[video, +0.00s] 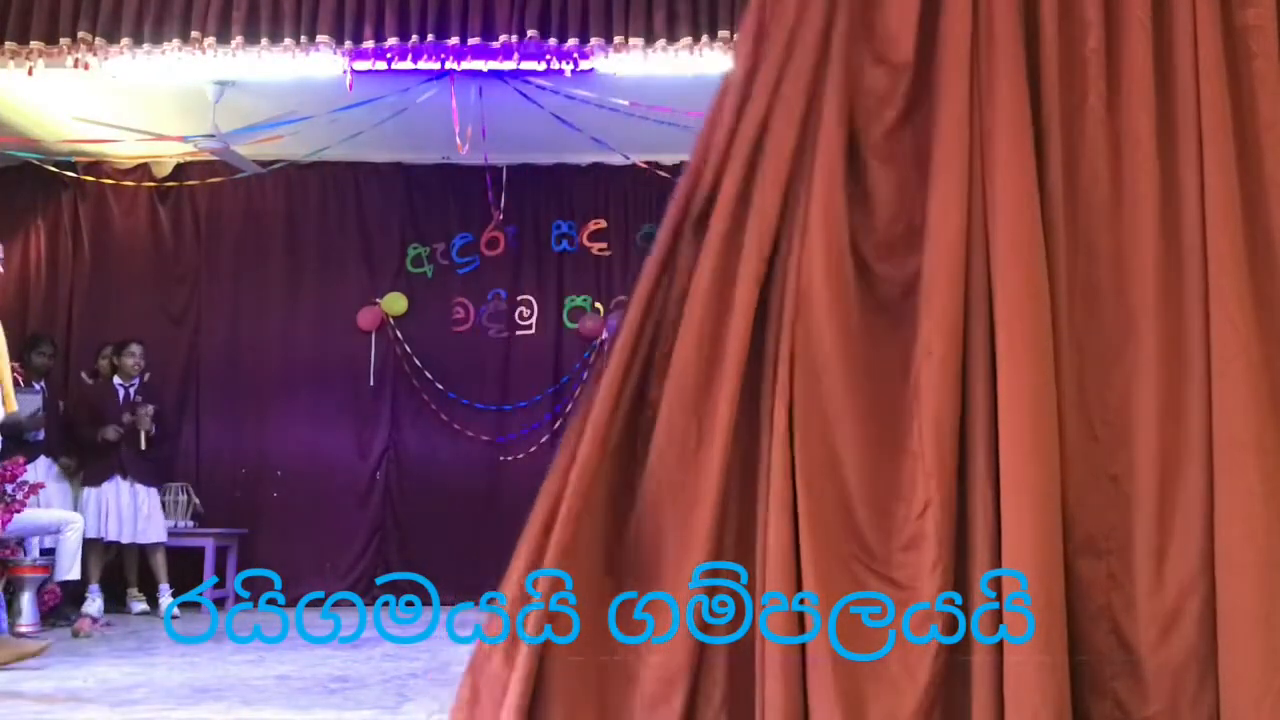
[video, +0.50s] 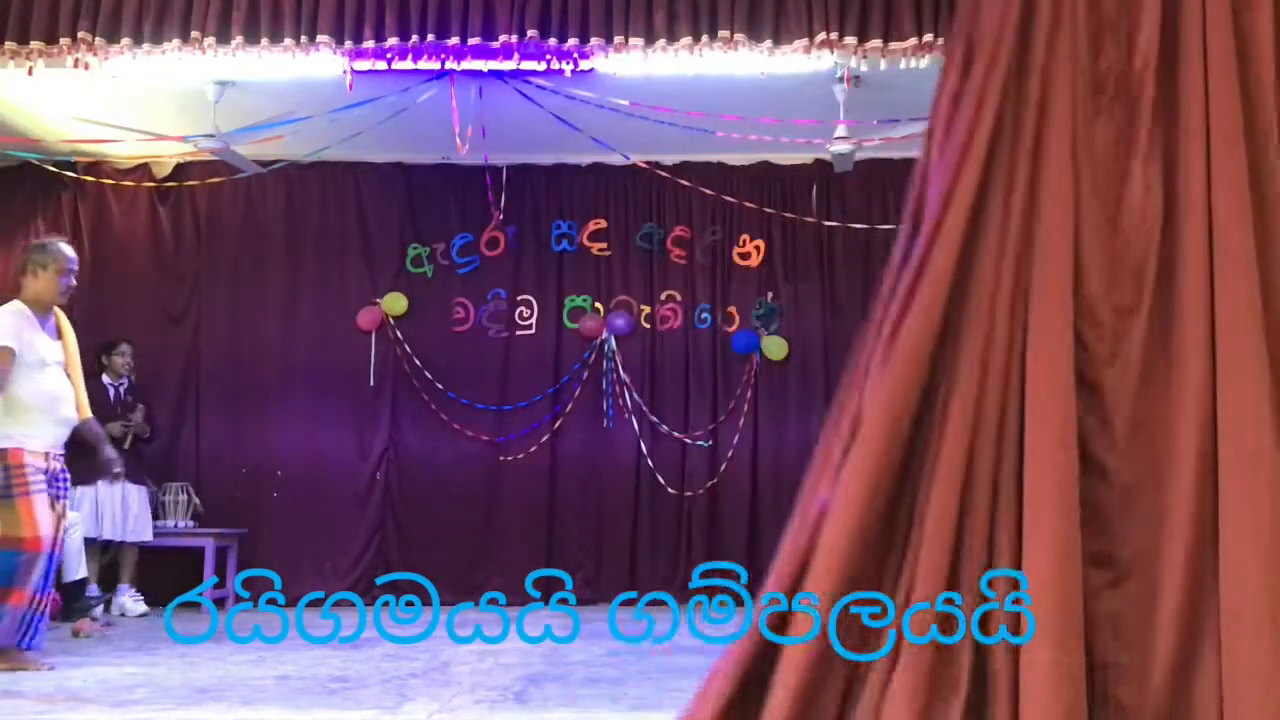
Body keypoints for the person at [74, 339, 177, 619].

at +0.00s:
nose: (137, 361)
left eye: (141, 357)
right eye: (131, 356)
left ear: (145, 363)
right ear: (117, 359)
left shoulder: (152, 394)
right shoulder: (94, 392)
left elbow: (166, 435)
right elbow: (79, 429)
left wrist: (150, 427)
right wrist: (100, 432)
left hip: (141, 474)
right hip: (102, 473)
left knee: (154, 536)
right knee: (96, 536)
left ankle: (165, 595)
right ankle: (93, 596)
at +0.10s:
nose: (134, 361)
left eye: (137, 357)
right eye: (128, 356)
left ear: (140, 363)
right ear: (113, 359)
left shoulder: (144, 395)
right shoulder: (91, 392)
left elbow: (158, 439)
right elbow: (77, 428)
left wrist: (146, 430)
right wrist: (97, 434)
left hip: (136, 475)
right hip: (98, 474)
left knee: (150, 537)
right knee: (95, 536)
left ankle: (163, 594)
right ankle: (93, 592)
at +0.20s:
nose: (132, 360)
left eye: (134, 356)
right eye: (125, 355)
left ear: (136, 362)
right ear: (109, 359)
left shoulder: (140, 395)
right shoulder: (90, 392)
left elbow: (155, 436)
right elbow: (75, 430)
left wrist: (146, 430)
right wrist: (96, 433)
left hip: (133, 473)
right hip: (97, 473)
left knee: (147, 534)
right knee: (95, 535)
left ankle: (160, 593)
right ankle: (92, 591)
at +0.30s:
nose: (129, 360)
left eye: (132, 356)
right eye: (123, 354)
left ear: (133, 361)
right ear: (106, 359)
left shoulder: (137, 396)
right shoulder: (85, 391)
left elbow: (152, 437)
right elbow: (66, 430)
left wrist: (147, 430)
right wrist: (92, 431)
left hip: (132, 474)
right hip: (95, 474)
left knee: (144, 534)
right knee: (93, 537)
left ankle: (148, 594)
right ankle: (92, 594)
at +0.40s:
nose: (128, 361)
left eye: (130, 356)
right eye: (122, 355)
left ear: (132, 362)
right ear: (105, 360)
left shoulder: (136, 395)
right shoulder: (84, 390)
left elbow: (149, 436)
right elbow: (70, 429)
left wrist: (143, 429)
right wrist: (98, 429)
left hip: (131, 475)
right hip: (95, 473)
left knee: (136, 536)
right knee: (92, 537)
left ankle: (134, 595)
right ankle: (92, 595)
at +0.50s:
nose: (128, 360)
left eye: (130, 356)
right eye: (121, 355)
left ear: (133, 362)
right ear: (105, 360)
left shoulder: (136, 394)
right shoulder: (86, 389)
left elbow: (151, 437)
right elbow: (76, 428)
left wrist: (142, 428)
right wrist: (106, 431)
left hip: (129, 476)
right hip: (92, 475)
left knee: (130, 536)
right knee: (92, 538)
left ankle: (125, 592)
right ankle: (91, 593)